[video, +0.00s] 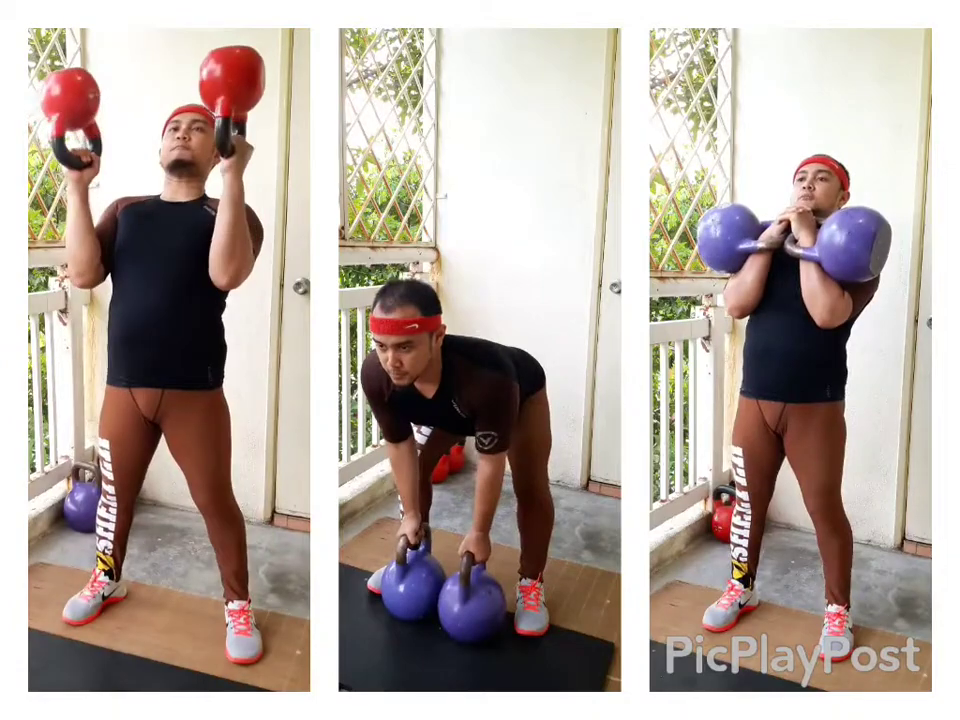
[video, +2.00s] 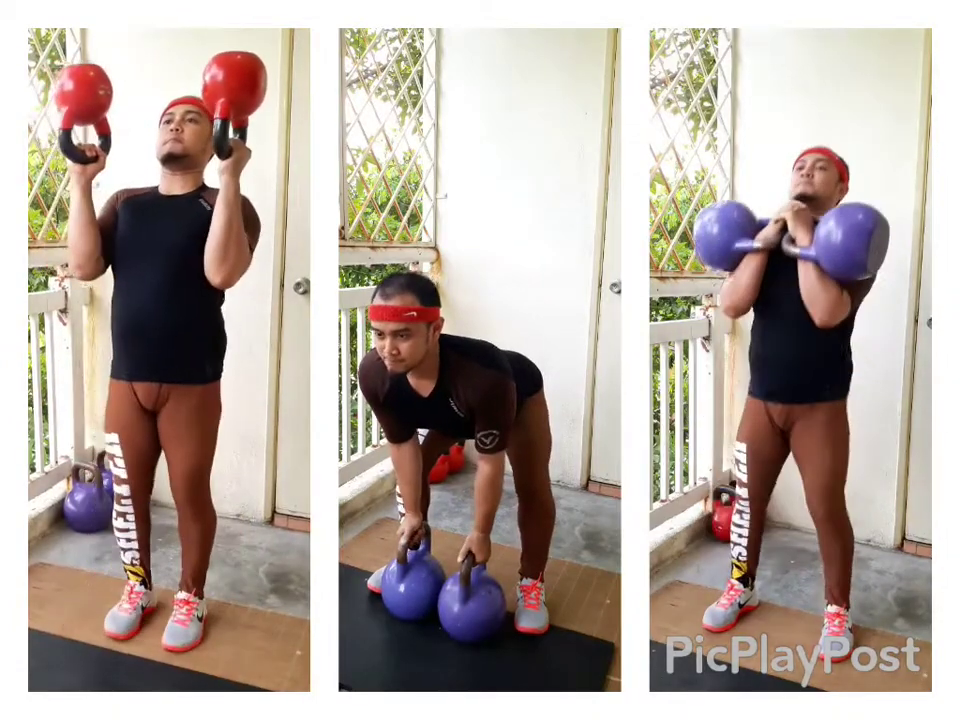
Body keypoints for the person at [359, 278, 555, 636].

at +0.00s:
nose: (392, 361)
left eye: (405, 348)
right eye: (382, 347)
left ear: (437, 338)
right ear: (374, 343)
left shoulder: (487, 380)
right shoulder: (376, 375)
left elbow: (491, 463)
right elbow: (399, 447)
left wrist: (479, 533)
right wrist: (410, 514)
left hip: (516, 390)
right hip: (449, 399)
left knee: (531, 486)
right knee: (416, 468)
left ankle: (531, 583)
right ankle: (410, 562)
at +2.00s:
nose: (389, 349)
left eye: (403, 335)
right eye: (379, 334)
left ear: (435, 329)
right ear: (371, 331)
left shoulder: (485, 378)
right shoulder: (374, 374)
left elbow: (490, 463)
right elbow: (403, 443)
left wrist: (480, 532)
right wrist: (411, 511)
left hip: (514, 394)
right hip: (451, 404)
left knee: (533, 489)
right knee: (413, 471)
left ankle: (532, 582)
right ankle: (410, 562)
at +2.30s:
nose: (386, 354)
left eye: (400, 340)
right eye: (377, 339)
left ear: (433, 332)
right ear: (369, 334)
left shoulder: (484, 380)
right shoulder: (373, 377)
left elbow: (492, 465)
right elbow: (397, 445)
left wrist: (481, 533)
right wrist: (410, 512)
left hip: (513, 393)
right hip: (448, 402)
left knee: (534, 489)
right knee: (412, 470)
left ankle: (531, 583)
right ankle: (409, 563)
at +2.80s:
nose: (393, 347)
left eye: (406, 333)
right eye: (382, 333)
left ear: (438, 323)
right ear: (374, 327)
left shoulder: (487, 369)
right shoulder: (378, 368)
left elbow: (504, 444)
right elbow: (398, 432)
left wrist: (484, 516)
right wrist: (407, 500)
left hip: (514, 394)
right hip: (451, 401)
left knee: (536, 486)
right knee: (412, 469)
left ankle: (530, 583)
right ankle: (407, 559)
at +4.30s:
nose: (391, 357)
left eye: (404, 344)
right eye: (381, 344)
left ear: (435, 329)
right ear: (373, 339)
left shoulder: (485, 372)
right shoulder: (376, 371)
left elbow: (500, 458)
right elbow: (395, 441)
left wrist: (482, 534)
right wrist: (404, 511)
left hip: (514, 392)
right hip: (450, 400)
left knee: (535, 485)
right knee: (413, 472)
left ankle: (531, 583)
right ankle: (408, 561)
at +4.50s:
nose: (391, 361)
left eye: (404, 348)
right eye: (381, 348)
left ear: (435, 337)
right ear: (373, 343)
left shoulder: (487, 374)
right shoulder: (376, 375)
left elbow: (496, 464)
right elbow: (398, 444)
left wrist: (483, 534)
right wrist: (407, 513)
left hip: (515, 391)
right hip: (450, 399)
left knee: (534, 487)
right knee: (414, 470)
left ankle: (531, 583)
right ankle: (409, 562)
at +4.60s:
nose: (393, 361)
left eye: (406, 348)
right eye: (383, 347)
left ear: (438, 337)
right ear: (375, 343)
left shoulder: (487, 374)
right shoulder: (378, 375)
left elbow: (494, 463)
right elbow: (398, 444)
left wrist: (481, 535)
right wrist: (407, 513)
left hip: (515, 391)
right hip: (450, 400)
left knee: (533, 486)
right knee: (415, 470)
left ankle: (531, 583)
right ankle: (409, 562)